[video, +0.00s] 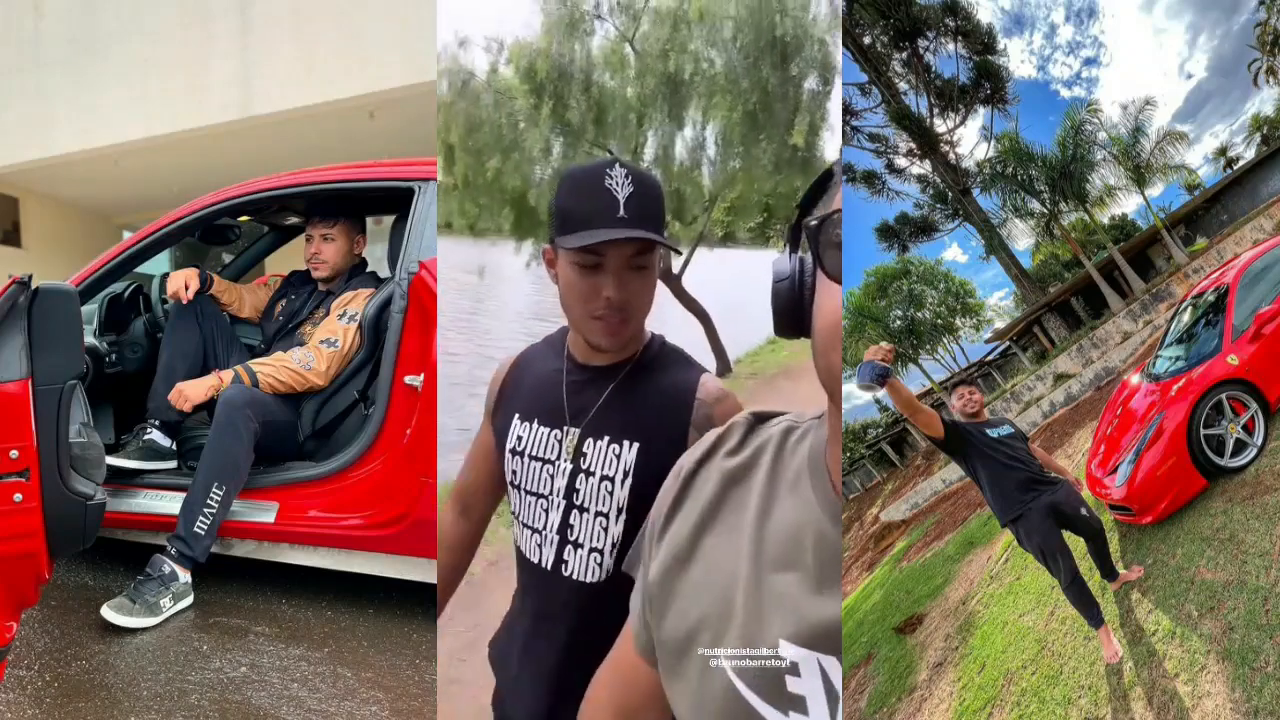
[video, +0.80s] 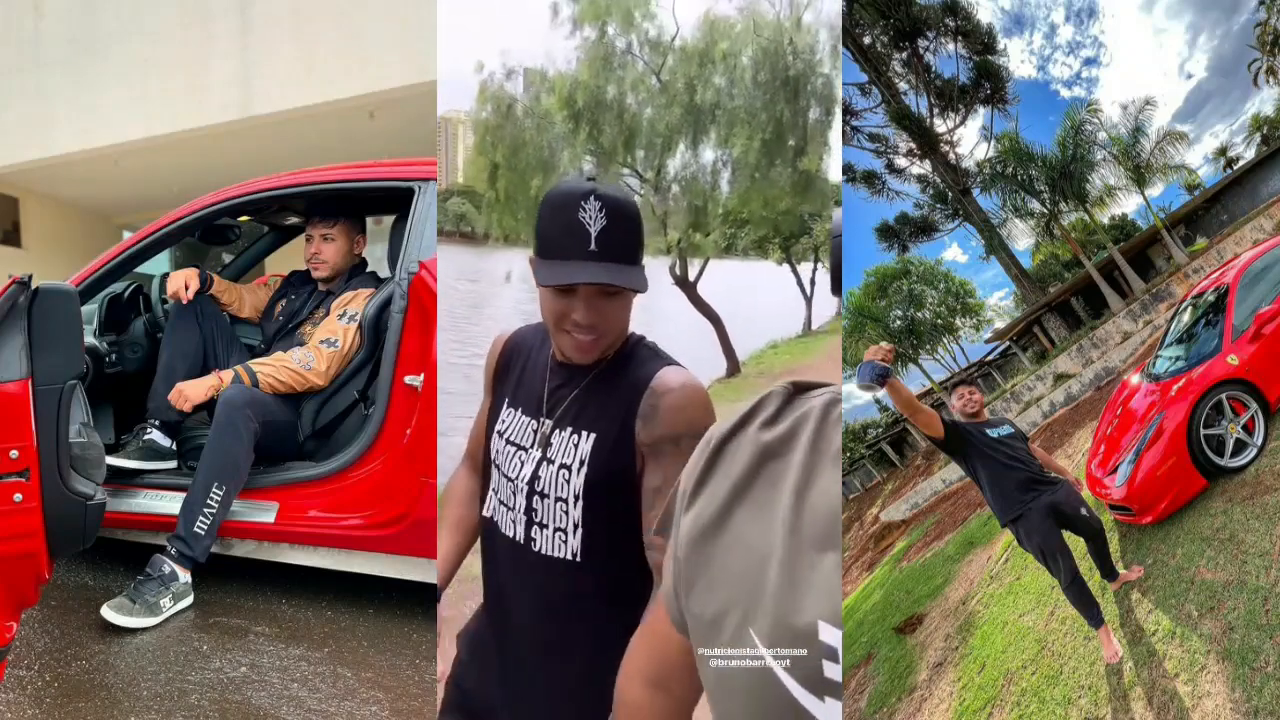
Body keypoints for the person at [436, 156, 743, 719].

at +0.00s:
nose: (613, 292)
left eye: (636, 267)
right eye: (591, 265)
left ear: (658, 270)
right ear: (552, 265)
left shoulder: (702, 408)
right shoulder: (521, 378)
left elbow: (725, 571)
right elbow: (463, 513)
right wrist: (406, 626)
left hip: (631, 691)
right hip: (525, 672)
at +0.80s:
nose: (584, 314)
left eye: (607, 292)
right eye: (564, 289)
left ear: (636, 286)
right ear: (536, 278)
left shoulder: (668, 399)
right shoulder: (513, 355)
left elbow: (675, 572)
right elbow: (475, 471)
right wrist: (430, 583)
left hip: (598, 687)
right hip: (493, 661)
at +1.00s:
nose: (580, 292)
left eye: (605, 265)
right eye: (558, 265)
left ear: (632, 263)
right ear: (528, 260)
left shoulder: (669, 389)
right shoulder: (499, 348)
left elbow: (674, 560)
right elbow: (459, 469)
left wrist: (645, 703)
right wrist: (400, 569)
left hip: (591, 684)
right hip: (486, 660)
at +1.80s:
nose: (613, 269)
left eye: (637, 243)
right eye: (591, 244)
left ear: (668, 233)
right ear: (561, 232)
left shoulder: (712, 367)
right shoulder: (533, 320)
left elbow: (732, 545)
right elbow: (475, 442)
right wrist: (482, 517)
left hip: (629, 667)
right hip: (519, 642)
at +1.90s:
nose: (599, 290)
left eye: (620, 264)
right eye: (577, 267)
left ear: (652, 258)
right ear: (552, 264)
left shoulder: (697, 382)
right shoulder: (526, 339)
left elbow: (704, 568)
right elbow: (474, 455)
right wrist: (465, 521)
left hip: (617, 690)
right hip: (507, 664)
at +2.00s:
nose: (585, 289)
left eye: (608, 264)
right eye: (564, 266)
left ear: (640, 257)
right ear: (539, 264)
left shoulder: (682, 386)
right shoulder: (515, 342)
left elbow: (677, 561)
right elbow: (462, 454)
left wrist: (615, 706)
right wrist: (444, 512)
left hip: (604, 690)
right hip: (500, 670)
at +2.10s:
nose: (567, 290)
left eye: (591, 264)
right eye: (544, 266)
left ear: (620, 258)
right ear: (519, 264)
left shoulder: (662, 388)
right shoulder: (494, 346)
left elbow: (657, 567)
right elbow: (439, 468)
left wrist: (589, 708)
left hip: (587, 696)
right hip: (483, 679)